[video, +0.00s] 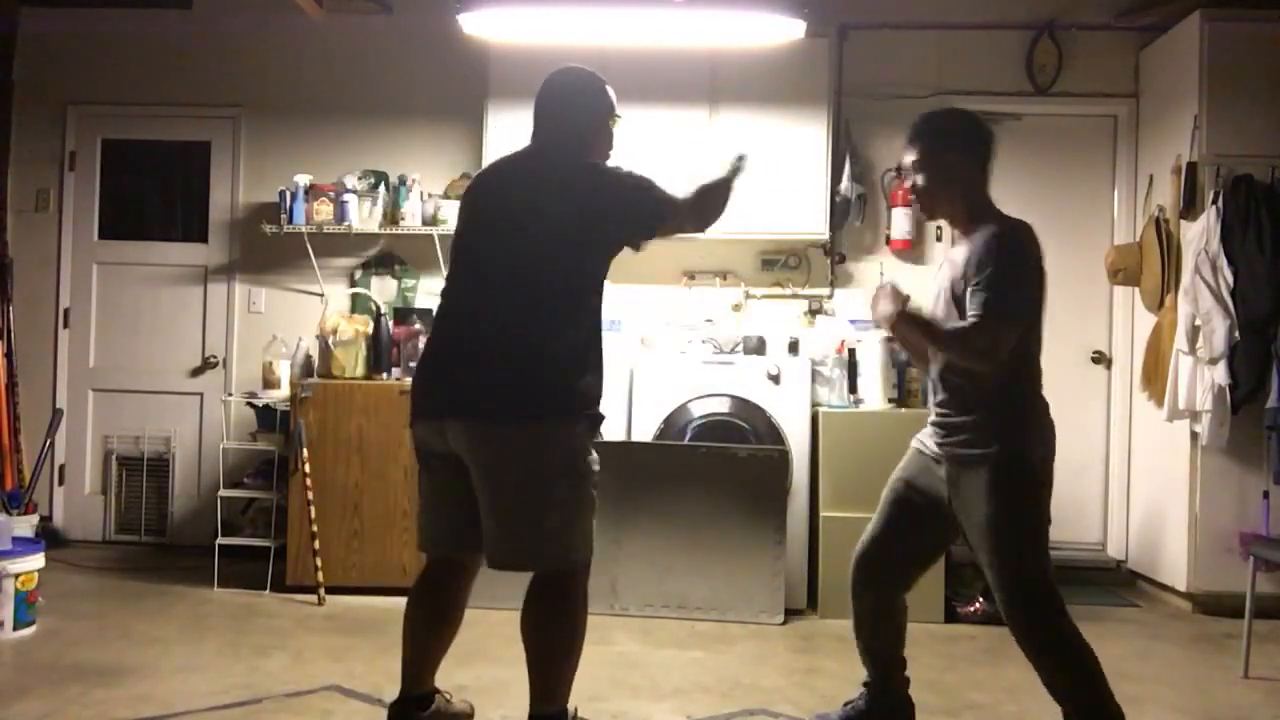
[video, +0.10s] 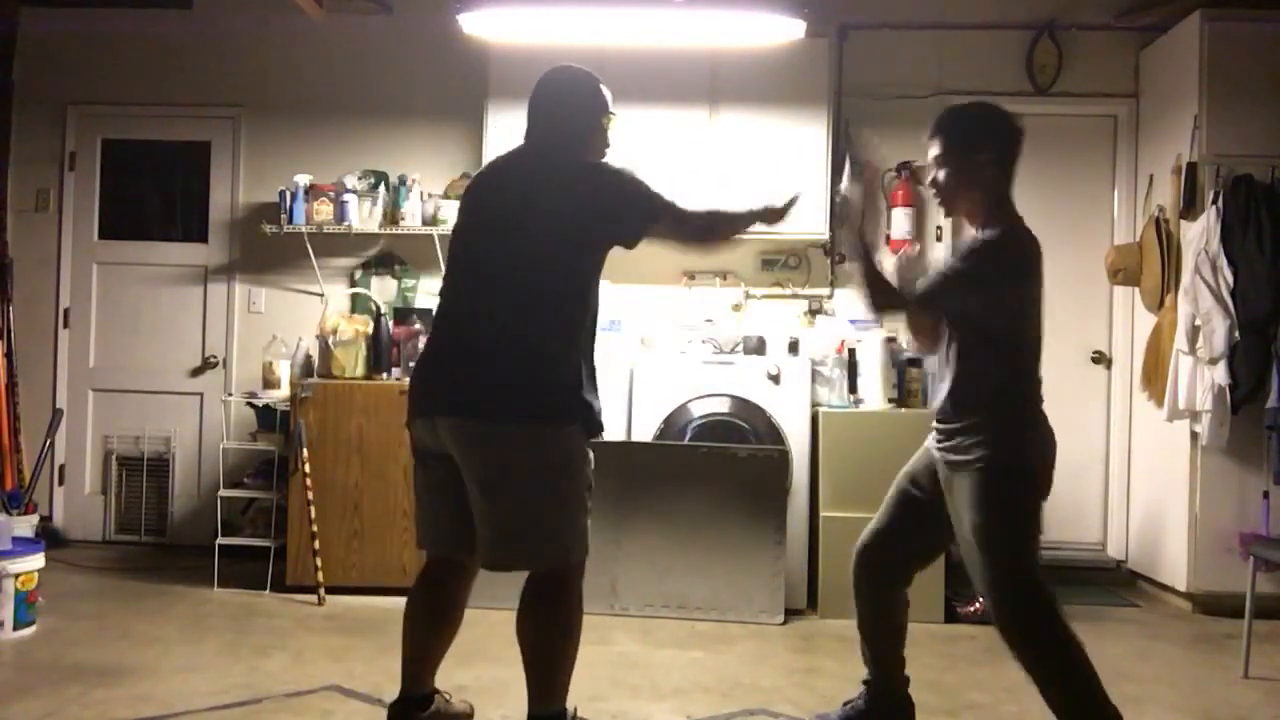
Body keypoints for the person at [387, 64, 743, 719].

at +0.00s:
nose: (614, 135)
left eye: (614, 123)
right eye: (610, 122)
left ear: (541, 119)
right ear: (592, 122)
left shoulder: (486, 181)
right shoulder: (601, 186)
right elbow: (693, 214)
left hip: (440, 398)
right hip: (535, 406)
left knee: (450, 556)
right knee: (563, 562)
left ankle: (413, 699)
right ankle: (550, 711)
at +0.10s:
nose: (611, 132)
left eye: (609, 119)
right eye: (605, 119)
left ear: (536, 119)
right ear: (585, 121)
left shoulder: (485, 182)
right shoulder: (595, 183)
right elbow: (693, 229)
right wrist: (759, 217)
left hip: (437, 395)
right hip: (529, 405)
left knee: (450, 556)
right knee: (556, 564)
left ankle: (413, 699)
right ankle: (548, 714)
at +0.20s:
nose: (603, 131)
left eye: (602, 118)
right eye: (596, 117)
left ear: (530, 118)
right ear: (570, 120)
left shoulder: (489, 181)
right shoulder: (574, 192)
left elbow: (574, 247)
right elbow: (645, 271)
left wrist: (611, 182)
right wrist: (697, 288)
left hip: (440, 395)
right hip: (527, 404)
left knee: (451, 556)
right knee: (556, 560)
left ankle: (412, 701)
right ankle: (547, 712)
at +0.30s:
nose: (604, 136)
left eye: (603, 121)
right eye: (595, 121)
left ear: (537, 120)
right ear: (561, 121)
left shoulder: (501, 178)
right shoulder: (550, 183)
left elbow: (605, 234)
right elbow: (541, 291)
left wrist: (668, 180)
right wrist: (616, 338)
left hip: (446, 394)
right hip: (523, 401)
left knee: (451, 554)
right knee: (563, 558)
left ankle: (412, 700)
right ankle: (546, 713)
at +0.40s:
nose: (607, 134)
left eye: (606, 119)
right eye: (600, 117)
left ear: (536, 115)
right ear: (568, 117)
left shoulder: (497, 178)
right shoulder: (550, 174)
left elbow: (565, 252)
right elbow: (562, 246)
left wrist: (634, 249)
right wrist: (644, 247)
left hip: (445, 392)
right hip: (524, 398)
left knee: (452, 554)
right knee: (564, 554)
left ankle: (412, 699)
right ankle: (546, 713)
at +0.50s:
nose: (612, 130)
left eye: (611, 116)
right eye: (604, 116)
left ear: (541, 115)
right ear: (573, 115)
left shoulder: (505, 182)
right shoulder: (557, 176)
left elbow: (559, 289)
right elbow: (650, 205)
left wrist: (632, 279)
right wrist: (731, 192)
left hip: (448, 397)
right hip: (525, 404)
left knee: (454, 556)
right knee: (559, 558)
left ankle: (412, 696)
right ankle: (547, 712)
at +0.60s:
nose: (617, 127)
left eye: (616, 115)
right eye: (609, 114)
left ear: (545, 115)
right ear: (578, 116)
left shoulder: (506, 178)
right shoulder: (595, 177)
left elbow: (513, 294)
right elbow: (692, 199)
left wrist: (596, 294)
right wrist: (804, 185)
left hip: (448, 397)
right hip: (521, 406)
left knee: (455, 554)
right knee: (555, 559)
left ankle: (411, 692)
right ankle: (547, 713)